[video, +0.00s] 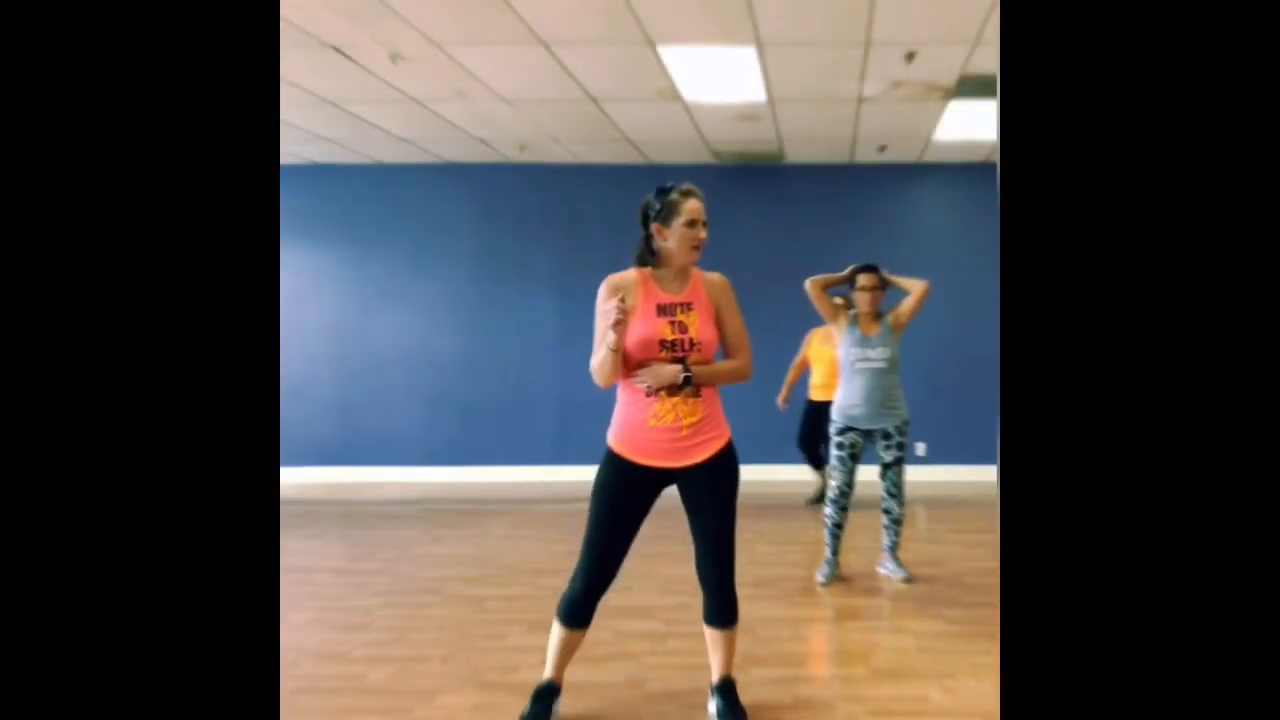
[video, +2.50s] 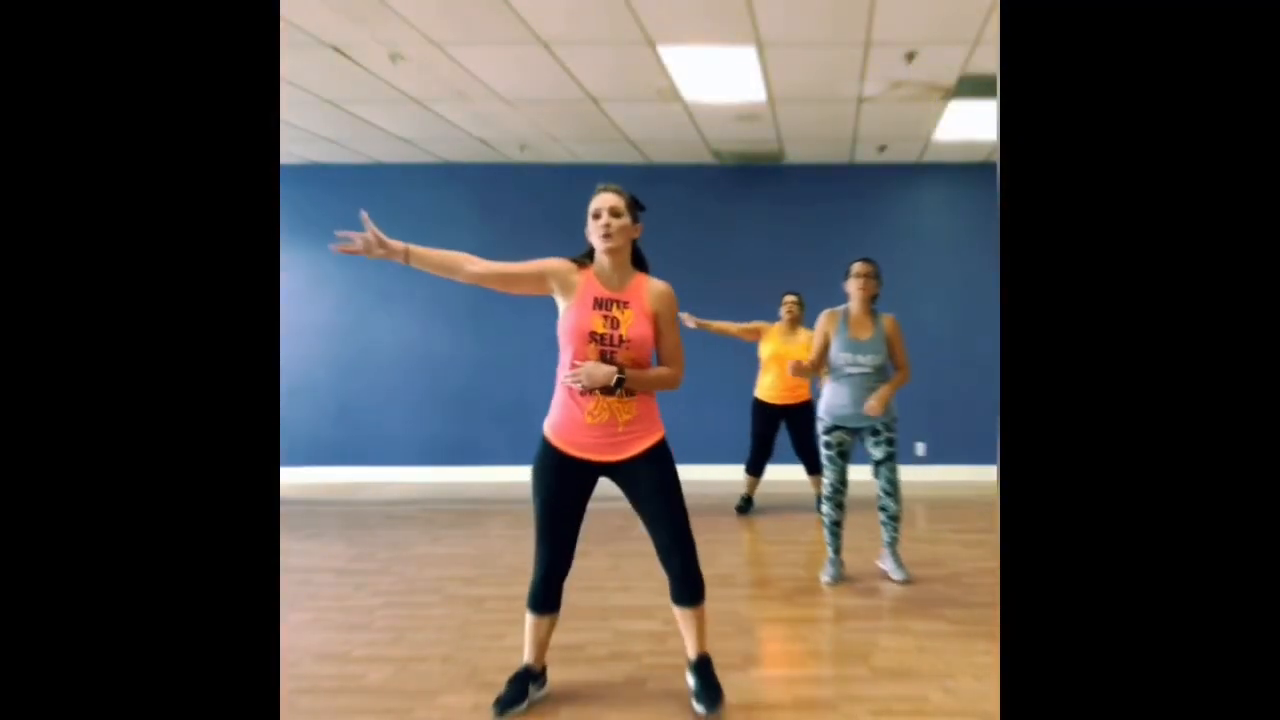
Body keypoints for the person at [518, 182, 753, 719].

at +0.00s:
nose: (703, 234)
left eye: (705, 224)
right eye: (692, 225)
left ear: (701, 231)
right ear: (658, 230)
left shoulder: (714, 287)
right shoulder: (619, 288)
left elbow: (742, 367)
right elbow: (604, 377)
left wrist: (684, 372)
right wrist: (612, 337)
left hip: (707, 451)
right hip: (633, 452)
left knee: (718, 576)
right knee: (591, 578)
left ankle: (723, 689)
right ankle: (548, 686)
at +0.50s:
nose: (635, 232)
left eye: (635, 222)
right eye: (625, 223)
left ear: (622, 229)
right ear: (589, 229)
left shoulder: (637, 290)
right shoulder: (545, 284)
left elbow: (652, 372)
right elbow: (517, 371)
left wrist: (610, 373)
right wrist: (554, 336)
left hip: (624, 452)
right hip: (551, 454)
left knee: (679, 553)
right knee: (553, 576)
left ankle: (704, 681)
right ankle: (545, 690)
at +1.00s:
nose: (613, 228)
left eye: (620, 218)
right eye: (601, 220)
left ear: (626, 225)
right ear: (574, 229)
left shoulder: (645, 285)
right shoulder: (548, 275)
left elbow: (664, 367)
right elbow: (525, 337)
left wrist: (613, 368)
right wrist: (570, 269)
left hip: (627, 449)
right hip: (553, 450)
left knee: (674, 558)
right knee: (553, 573)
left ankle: (684, 688)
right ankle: (543, 690)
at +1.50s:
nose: (656, 229)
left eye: (664, 218)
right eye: (646, 222)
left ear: (685, 221)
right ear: (637, 232)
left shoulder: (718, 278)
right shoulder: (631, 285)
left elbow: (753, 357)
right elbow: (575, 329)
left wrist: (687, 368)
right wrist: (612, 264)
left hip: (710, 444)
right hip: (642, 442)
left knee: (711, 572)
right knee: (605, 568)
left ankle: (722, 686)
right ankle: (586, 678)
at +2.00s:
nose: (662, 230)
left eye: (672, 222)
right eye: (653, 224)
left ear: (692, 235)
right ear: (643, 237)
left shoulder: (716, 294)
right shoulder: (622, 286)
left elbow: (749, 369)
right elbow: (532, 278)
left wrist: (689, 377)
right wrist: (453, 266)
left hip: (716, 454)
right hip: (645, 454)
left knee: (732, 575)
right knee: (584, 563)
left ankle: (728, 685)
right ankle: (574, 643)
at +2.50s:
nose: (605, 223)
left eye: (615, 215)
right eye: (597, 216)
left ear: (636, 227)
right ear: (587, 228)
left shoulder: (657, 294)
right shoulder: (564, 277)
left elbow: (673, 375)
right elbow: (473, 269)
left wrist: (619, 375)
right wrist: (395, 249)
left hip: (640, 446)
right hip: (567, 444)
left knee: (681, 556)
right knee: (550, 564)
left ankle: (699, 664)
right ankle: (532, 670)